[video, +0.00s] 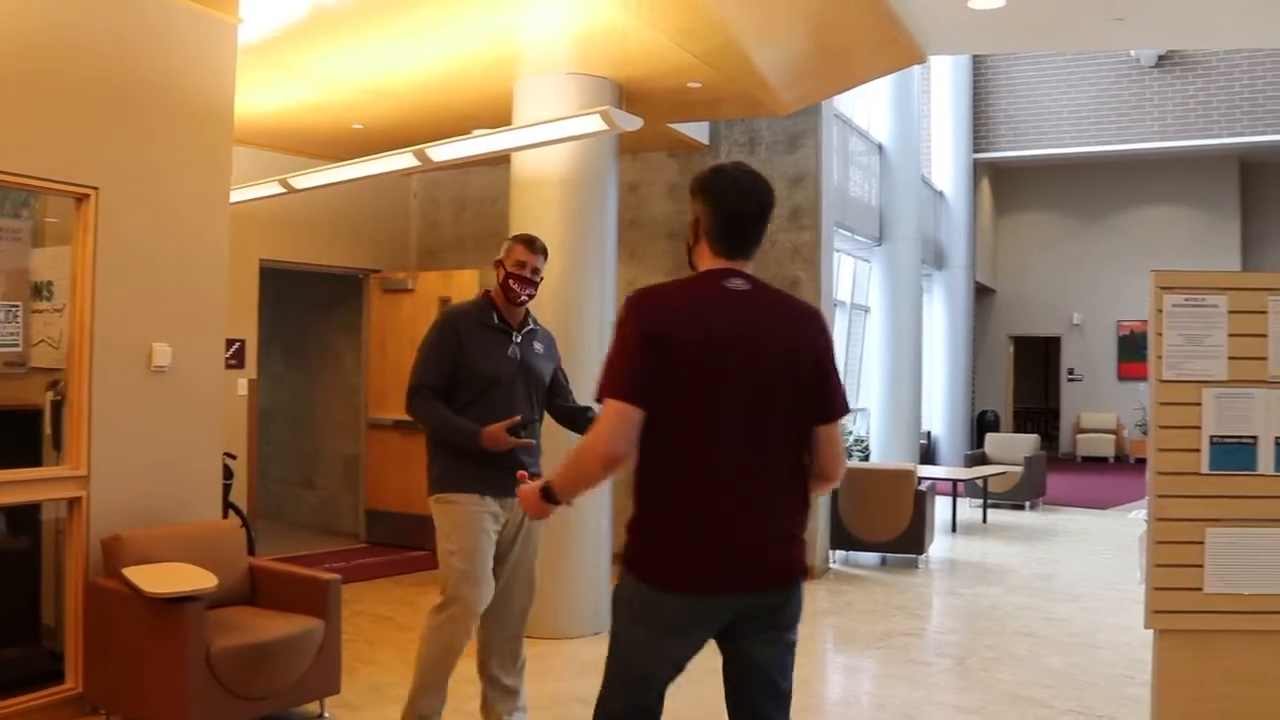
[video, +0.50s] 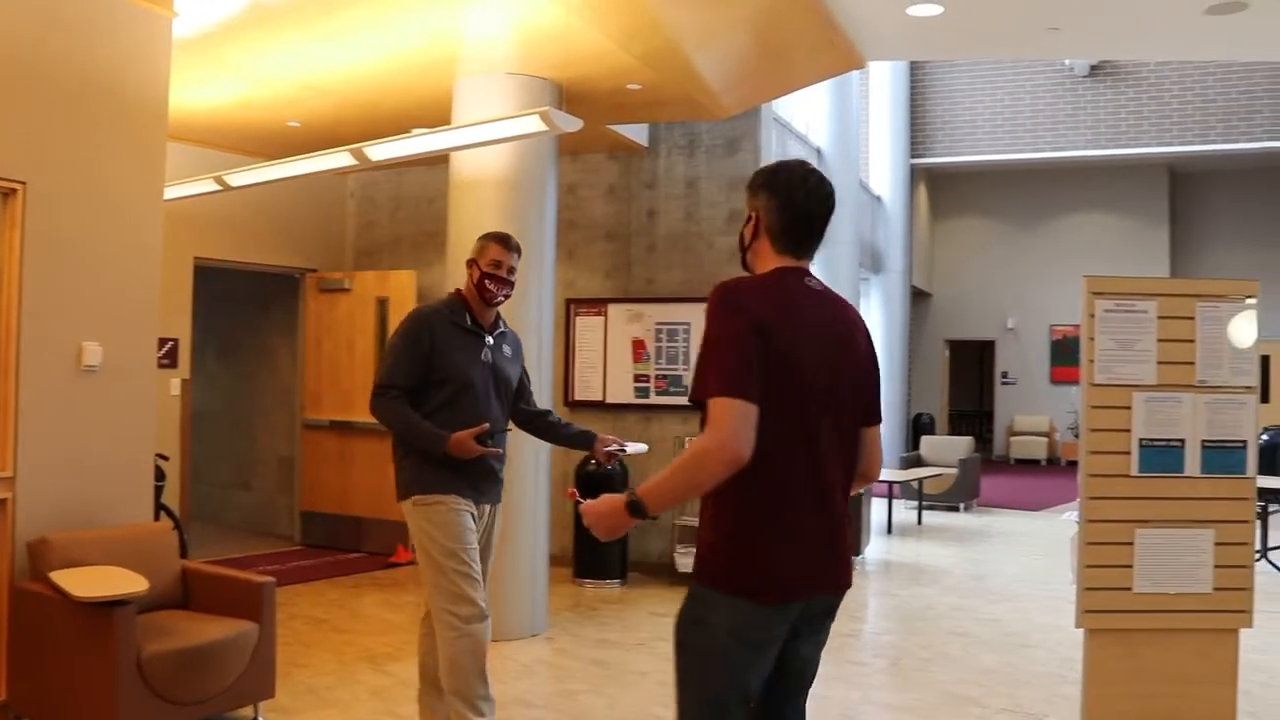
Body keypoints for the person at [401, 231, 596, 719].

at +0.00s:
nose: (522, 279)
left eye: (532, 274)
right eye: (516, 269)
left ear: (540, 280)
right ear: (497, 267)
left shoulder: (542, 340)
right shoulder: (457, 323)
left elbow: (562, 404)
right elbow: (420, 400)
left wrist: (601, 419)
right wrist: (476, 434)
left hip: (522, 492)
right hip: (463, 488)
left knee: (510, 610)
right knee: (467, 598)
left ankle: (504, 711)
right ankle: (421, 712)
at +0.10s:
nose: (520, 280)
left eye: (530, 275)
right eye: (514, 269)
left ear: (537, 283)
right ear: (494, 268)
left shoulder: (535, 342)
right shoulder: (449, 323)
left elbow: (558, 409)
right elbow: (410, 398)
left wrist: (617, 435)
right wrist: (468, 435)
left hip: (513, 492)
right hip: (456, 490)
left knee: (500, 611)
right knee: (460, 605)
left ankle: (491, 712)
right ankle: (433, 714)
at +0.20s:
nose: (516, 279)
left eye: (525, 274)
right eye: (509, 269)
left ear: (531, 281)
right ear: (488, 268)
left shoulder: (529, 341)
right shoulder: (445, 322)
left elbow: (552, 411)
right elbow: (403, 397)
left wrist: (615, 438)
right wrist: (459, 436)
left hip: (505, 493)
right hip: (449, 491)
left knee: (491, 614)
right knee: (457, 616)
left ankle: (483, 712)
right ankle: (450, 714)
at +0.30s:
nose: (512, 277)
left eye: (520, 272)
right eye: (504, 267)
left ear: (525, 279)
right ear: (481, 267)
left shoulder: (522, 341)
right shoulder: (438, 322)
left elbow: (543, 412)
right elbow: (395, 397)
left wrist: (607, 440)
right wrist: (450, 438)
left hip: (496, 493)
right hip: (441, 490)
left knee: (481, 612)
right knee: (456, 611)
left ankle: (467, 710)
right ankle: (463, 714)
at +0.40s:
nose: (505, 279)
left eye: (513, 273)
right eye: (497, 268)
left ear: (519, 280)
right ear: (475, 267)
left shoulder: (515, 341)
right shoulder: (431, 322)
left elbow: (535, 414)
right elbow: (389, 398)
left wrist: (599, 441)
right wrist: (446, 439)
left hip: (488, 491)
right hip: (436, 487)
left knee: (467, 608)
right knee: (462, 608)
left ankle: (446, 710)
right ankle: (466, 714)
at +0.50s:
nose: (499, 280)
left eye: (508, 274)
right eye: (492, 269)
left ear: (515, 281)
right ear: (470, 267)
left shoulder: (508, 341)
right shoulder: (426, 323)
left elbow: (528, 413)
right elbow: (385, 400)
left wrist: (592, 440)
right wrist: (443, 440)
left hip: (484, 493)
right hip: (434, 489)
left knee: (448, 612)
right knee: (466, 612)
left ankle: (437, 713)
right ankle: (473, 714)